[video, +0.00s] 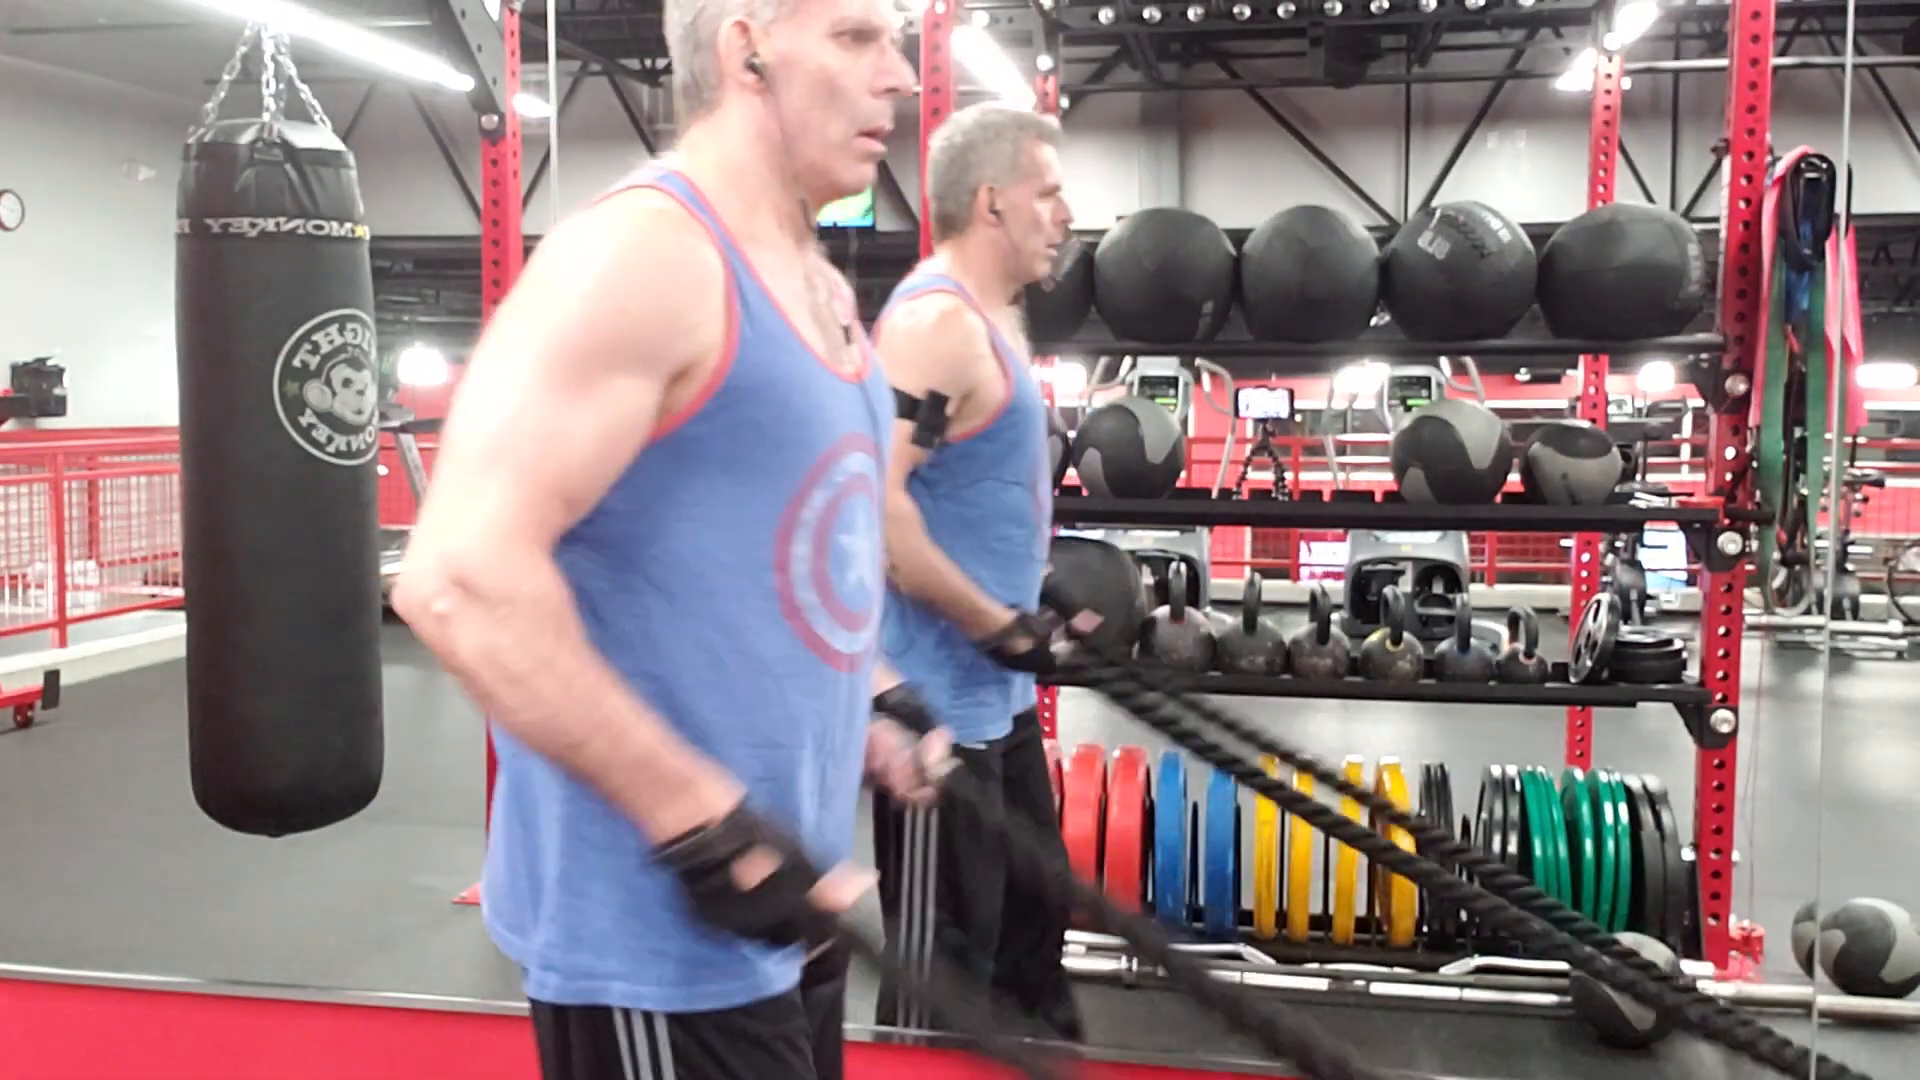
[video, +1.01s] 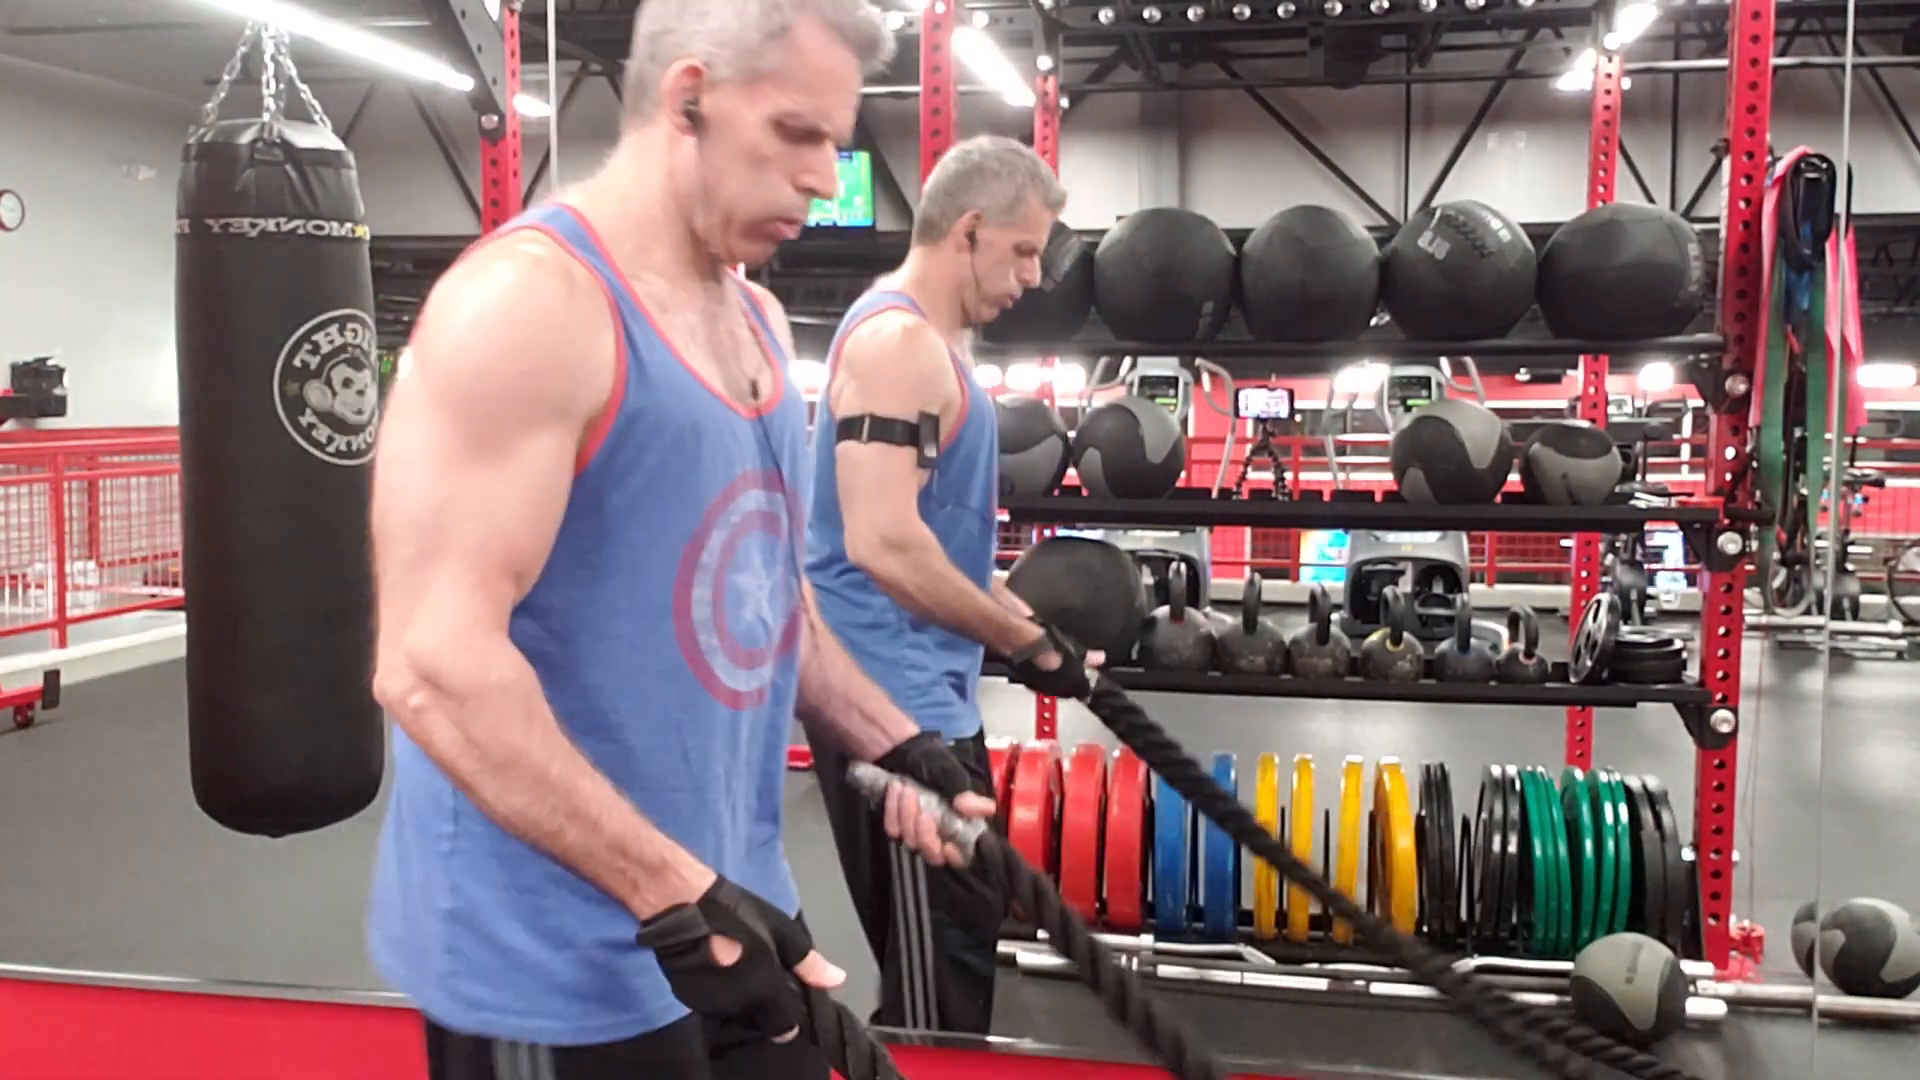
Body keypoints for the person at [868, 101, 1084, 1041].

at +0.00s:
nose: (1065, 217)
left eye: (1062, 195)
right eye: (1050, 194)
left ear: (997, 202)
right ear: (990, 201)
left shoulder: (988, 319)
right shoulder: (939, 324)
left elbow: (960, 501)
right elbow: (869, 495)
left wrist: (1034, 600)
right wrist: (996, 621)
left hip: (999, 692)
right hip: (940, 701)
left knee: (1033, 934)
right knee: (949, 949)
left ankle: (1034, 1060)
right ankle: (939, 1068)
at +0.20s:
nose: (1022, 212)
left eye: (1019, 191)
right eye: (1003, 190)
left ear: (951, 203)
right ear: (942, 201)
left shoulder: (953, 317)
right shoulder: (899, 322)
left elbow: (962, 504)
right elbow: (870, 516)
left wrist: (1035, 584)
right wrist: (1020, 613)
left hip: (976, 687)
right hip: (914, 698)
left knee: (1012, 905)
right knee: (934, 942)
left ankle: (968, 1058)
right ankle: (924, 1066)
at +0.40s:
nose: (1005, 218)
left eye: (1002, 197)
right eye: (987, 197)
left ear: (937, 209)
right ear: (931, 207)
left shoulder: (935, 321)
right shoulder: (891, 323)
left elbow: (958, 511)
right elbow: (882, 514)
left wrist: (1058, 582)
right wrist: (1030, 615)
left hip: (944, 685)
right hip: (898, 693)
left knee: (944, 933)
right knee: (937, 940)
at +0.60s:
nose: (1012, 248)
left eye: (1013, 227)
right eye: (1001, 225)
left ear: (942, 218)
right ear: (939, 216)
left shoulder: (923, 327)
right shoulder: (889, 326)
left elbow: (925, 515)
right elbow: (869, 519)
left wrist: (1009, 601)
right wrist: (1000, 616)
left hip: (921, 670)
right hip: (892, 676)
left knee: (902, 917)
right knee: (984, 903)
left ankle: (891, 1062)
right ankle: (955, 1065)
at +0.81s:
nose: (1019, 271)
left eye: (1025, 252)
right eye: (1012, 246)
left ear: (955, 226)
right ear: (951, 221)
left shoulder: (925, 329)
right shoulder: (889, 325)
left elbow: (918, 505)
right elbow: (876, 518)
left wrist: (1008, 581)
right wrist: (1017, 604)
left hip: (919, 679)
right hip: (888, 685)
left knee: (939, 942)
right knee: (951, 947)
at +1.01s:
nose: (1033, 277)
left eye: (1039, 257)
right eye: (1024, 252)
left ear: (970, 234)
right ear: (966, 231)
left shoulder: (923, 338)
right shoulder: (899, 339)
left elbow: (923, 535)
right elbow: (883, 539)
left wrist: (1020, 623)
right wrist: (1023, 638)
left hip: (925, 712)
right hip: (898, 720)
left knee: (943, 989)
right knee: (940, 995)